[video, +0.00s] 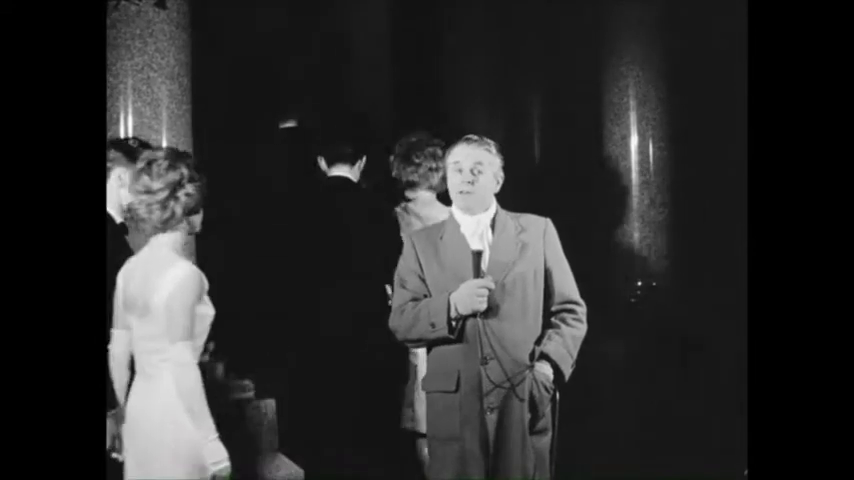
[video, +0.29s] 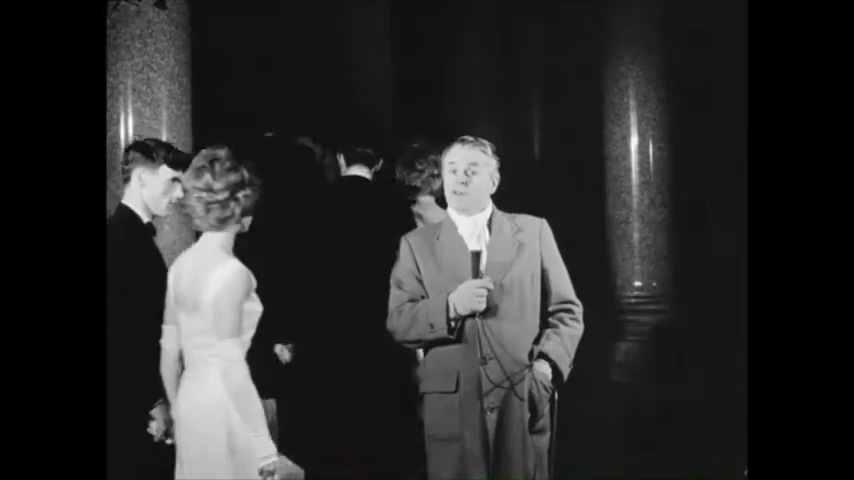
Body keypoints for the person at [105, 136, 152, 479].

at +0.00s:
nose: (142, 191)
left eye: (141, 179)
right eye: (137, 177)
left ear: (119, 179)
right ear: (117, 179)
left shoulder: (122, 239)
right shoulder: (114, 242)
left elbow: (119, 334)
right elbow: (115, 333)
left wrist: (118, 409)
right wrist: (114, 409)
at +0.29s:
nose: (178, 192)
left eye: (179, 183)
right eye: (172, 181)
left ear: (143, 178)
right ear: (140, 176)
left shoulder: (142, 237)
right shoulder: (124, 239)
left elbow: (146, 328)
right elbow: (129, 329)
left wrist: (158, 397)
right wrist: (152, 400)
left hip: (140, 401)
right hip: (126, 405)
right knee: (135, 470)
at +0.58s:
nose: (199, 191)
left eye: (199, 180)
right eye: (191, 179)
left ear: (161, 175)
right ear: (159, 174)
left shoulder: (160, 234)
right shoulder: (144, 237)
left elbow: (182, 319)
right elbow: (162, 323)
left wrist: (197, 386)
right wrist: (190, 387)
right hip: (157, 400)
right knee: (163, 473)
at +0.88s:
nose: (215, 191)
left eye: (214, 180)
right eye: (205, 180)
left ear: (180, 179)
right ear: (176, 178)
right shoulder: (168, 237)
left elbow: (195, 320)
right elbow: (185, 324)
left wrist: (229, 375)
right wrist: (229, 376)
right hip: (179, 387)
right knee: (188, 467)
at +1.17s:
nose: (250, 193)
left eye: (250, 182)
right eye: (241, 182)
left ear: (213, 180)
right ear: (212, 178)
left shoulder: (183, 235)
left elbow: (234, 319)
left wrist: (263, 375)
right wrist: (262, 377)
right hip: (210, 393)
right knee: (233, 469)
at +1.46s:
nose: (292, 195)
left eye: (295, 187)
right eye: (292, 184)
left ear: (264, 173)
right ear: (273, 175)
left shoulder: (219, 219)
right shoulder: (276, 229)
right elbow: (292, 307)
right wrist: (314, 370)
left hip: (229, 360)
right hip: (271, 362)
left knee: (238, 456)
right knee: (274, 458)